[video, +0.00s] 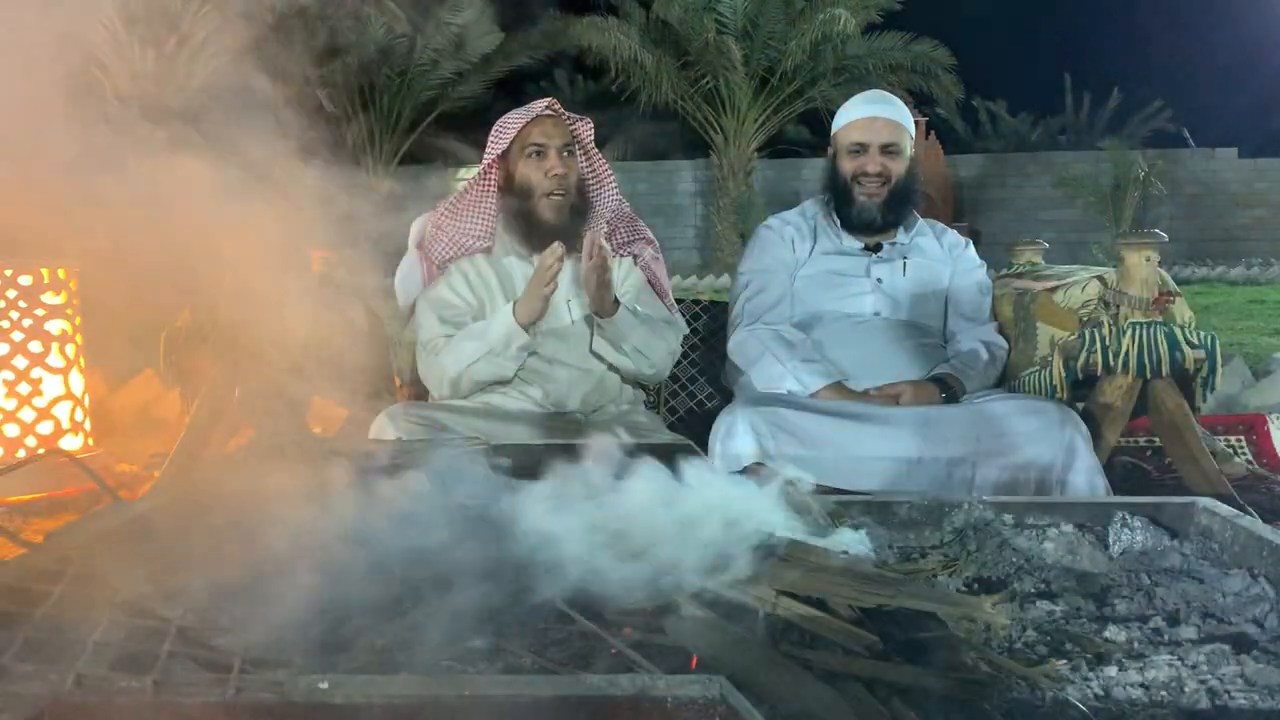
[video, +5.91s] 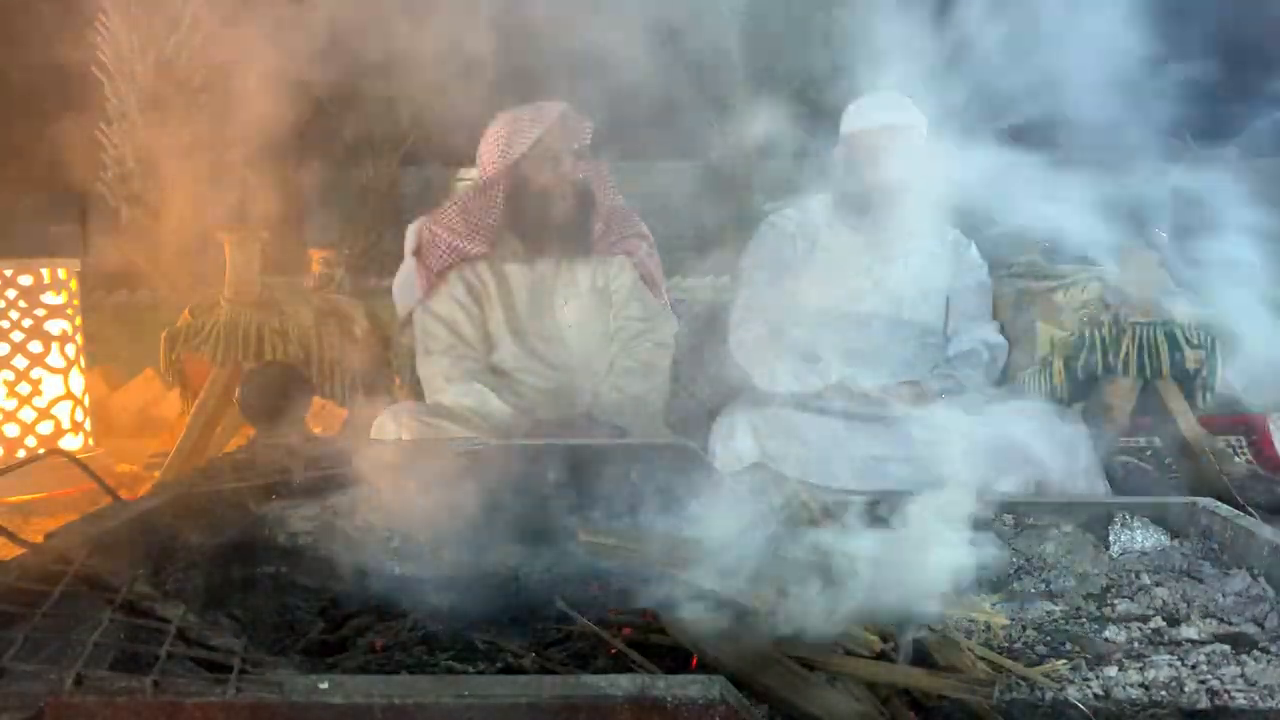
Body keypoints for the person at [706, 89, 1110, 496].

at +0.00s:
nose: (873, 167)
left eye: (889, 152)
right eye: (856, 151)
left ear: (912, 161)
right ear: (833, 159)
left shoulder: (951, 248)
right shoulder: (783, 236)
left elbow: (981, 344)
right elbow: (755, 341)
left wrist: (939, 387)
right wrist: (835, 397)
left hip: (936, 420)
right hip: (823, 417)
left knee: (1054, 427)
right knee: (741, 426)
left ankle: (1086, 587)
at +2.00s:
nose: (838, 167)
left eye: (859, 152)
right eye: (834, 151)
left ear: (904, 162)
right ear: (825, 155)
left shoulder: (952, 250)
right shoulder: (785, 235)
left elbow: (980, 344)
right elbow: (751, 331)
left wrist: (938, 390)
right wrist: (836, 397)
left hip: (937, 422)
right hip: (826, 419)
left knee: (1052, 425)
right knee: (747, 431)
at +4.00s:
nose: (840, 166)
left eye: (861, 152)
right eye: (835, 150)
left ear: (904, 164)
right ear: (825, 156)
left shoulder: (952, 248)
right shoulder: (784, 234)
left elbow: (980, 345)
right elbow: (755, 331)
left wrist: (937, 389)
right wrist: (833, 395)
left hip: (935, 421)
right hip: (824, 417)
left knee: (1055, 425)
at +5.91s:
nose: (881, 176)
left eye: (896, 158)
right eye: (867, 159)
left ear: (918, 164)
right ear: (843, 161)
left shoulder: (952, 252)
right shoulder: (790, 233)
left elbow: (980, 348)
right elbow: (752, 343)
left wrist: (931, 389)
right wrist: (832, 390)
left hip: (919, 418)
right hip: (812, 412)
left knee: (1036, 432)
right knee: (743, 430)